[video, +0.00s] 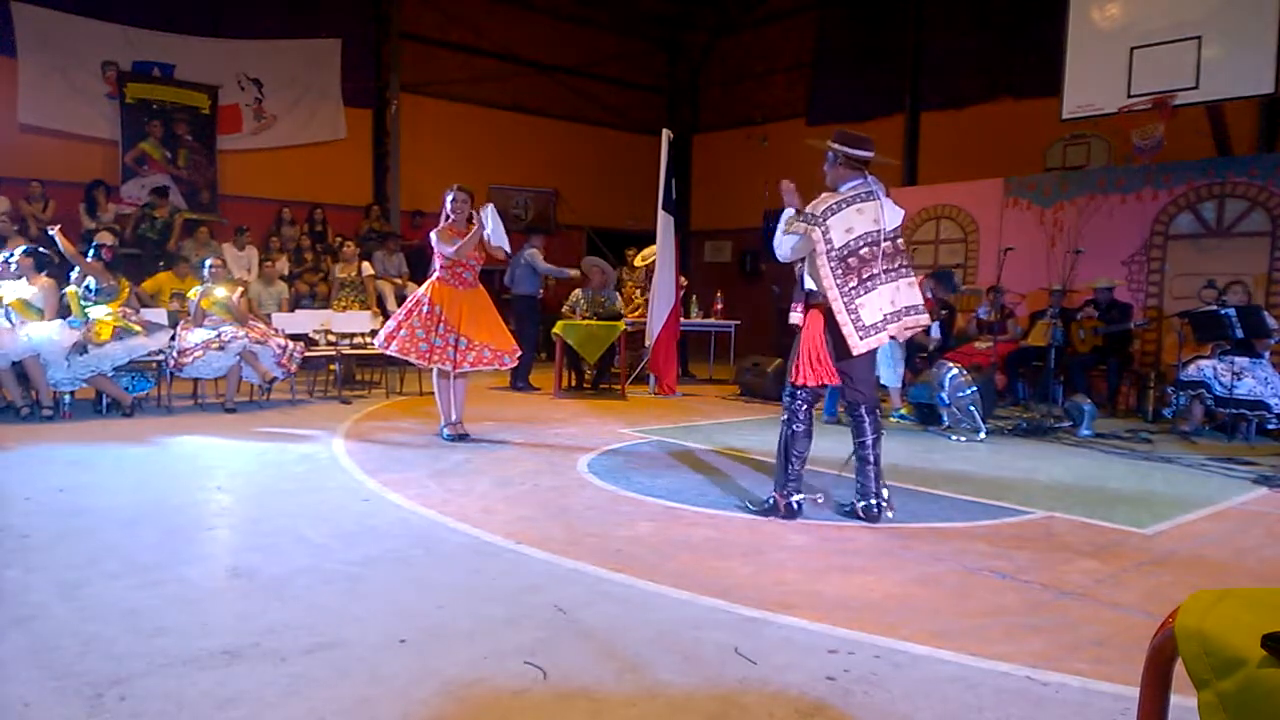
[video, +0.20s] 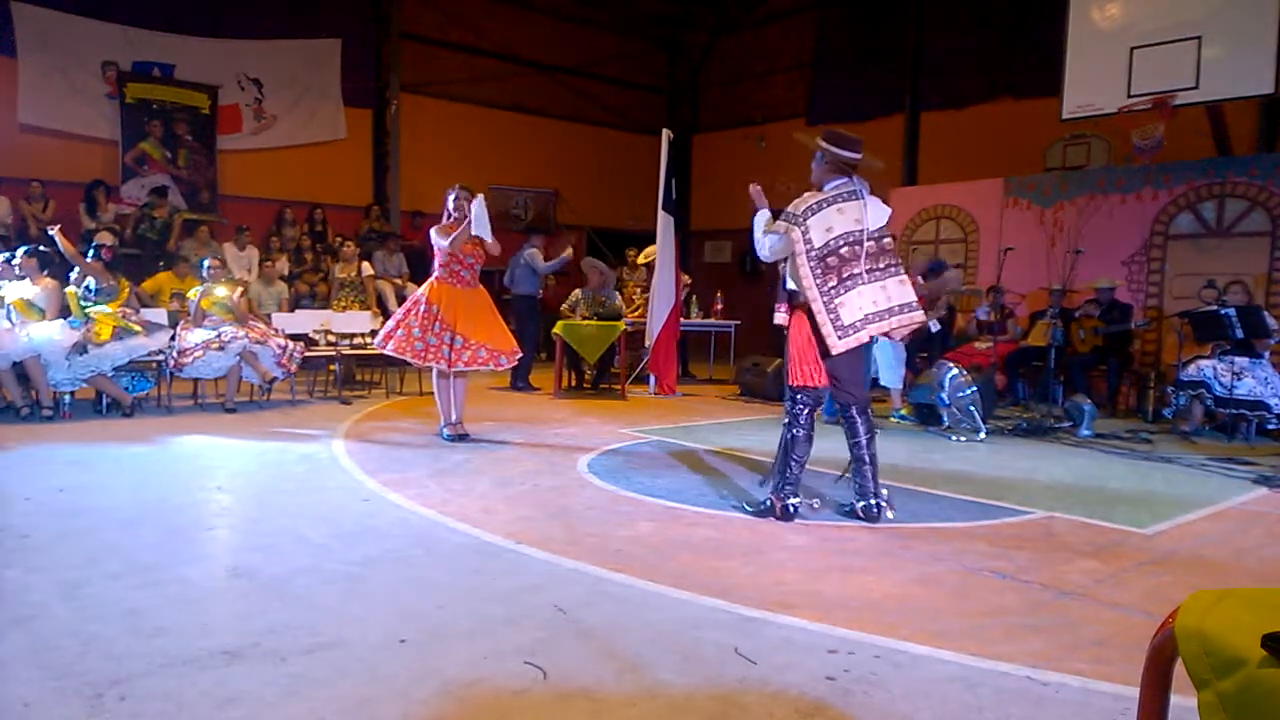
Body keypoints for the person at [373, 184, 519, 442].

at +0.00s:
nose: (458, 206)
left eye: (463, 202)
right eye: (454, 201)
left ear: (471, 207)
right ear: (446, 205)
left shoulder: (477, 235)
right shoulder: (439, 233)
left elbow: (501, 256)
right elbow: (459, 253)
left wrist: (490, 223)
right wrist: (479, 227)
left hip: (468, 302)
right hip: (443, 301)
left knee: (462, 364)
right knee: (443, 365)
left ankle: (458, 421)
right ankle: (446, 421)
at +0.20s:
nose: (462, 205)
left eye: (466, 201)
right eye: (457, 200)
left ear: (473, 206)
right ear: (448, 205)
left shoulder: (477, 237)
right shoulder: (439, 230)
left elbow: (495, 250)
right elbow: (450, 245)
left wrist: (480, 219)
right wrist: (467, 222)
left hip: (468, 301)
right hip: (443, 300)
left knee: (461, 365)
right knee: (442, 365)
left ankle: (458, 421)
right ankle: (446, 421)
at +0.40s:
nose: (458, 210)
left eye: (462, 206)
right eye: (455, 205)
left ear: (469, 209)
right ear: (448, 207)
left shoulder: (478, 233)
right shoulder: (438, 229)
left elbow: (492, 243)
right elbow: (442, 237)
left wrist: (476, 216)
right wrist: (454, 219)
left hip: (469, 298)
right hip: (442, 296)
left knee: (461, 364)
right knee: (442, 364)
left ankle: (458, 420)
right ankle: (446, 421)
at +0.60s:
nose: (462, 207)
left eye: (466, 202)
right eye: (457, 202)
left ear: (469, 203)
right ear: (450, 200)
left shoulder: (479, 233)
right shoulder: (438, 229)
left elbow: (487, 236)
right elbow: (442, 228)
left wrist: (472, 205)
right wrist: (451, 202)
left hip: (469, 297)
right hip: (443, 296)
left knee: (462, 365)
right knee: (442, 364)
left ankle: (458, 421)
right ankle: (446, 422)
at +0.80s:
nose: (460, 210)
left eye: (465, 205)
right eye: (455, 205)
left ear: (471, 206)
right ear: (450, 207)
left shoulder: (481, 236)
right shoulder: (440, 231)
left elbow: (486, 229)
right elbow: (441, 224)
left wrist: (469, 201)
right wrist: (449, 199)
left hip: (470, 296)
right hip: (443, 294)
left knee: (462, 364)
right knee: (443, 364)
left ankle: (458, 421)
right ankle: (445, 421)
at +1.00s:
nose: (461, 210)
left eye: (466, 205)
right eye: (456, 206)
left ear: (472, 210)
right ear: (450, 210)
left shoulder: (481, 237)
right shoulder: (440, 232)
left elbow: (484, 225)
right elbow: (438, 223)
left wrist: (466, 199)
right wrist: (448, 197)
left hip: (470, 297)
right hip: (443, 295)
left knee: (463, 365)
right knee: (443, 364)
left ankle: (458, 421)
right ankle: (445, 422)